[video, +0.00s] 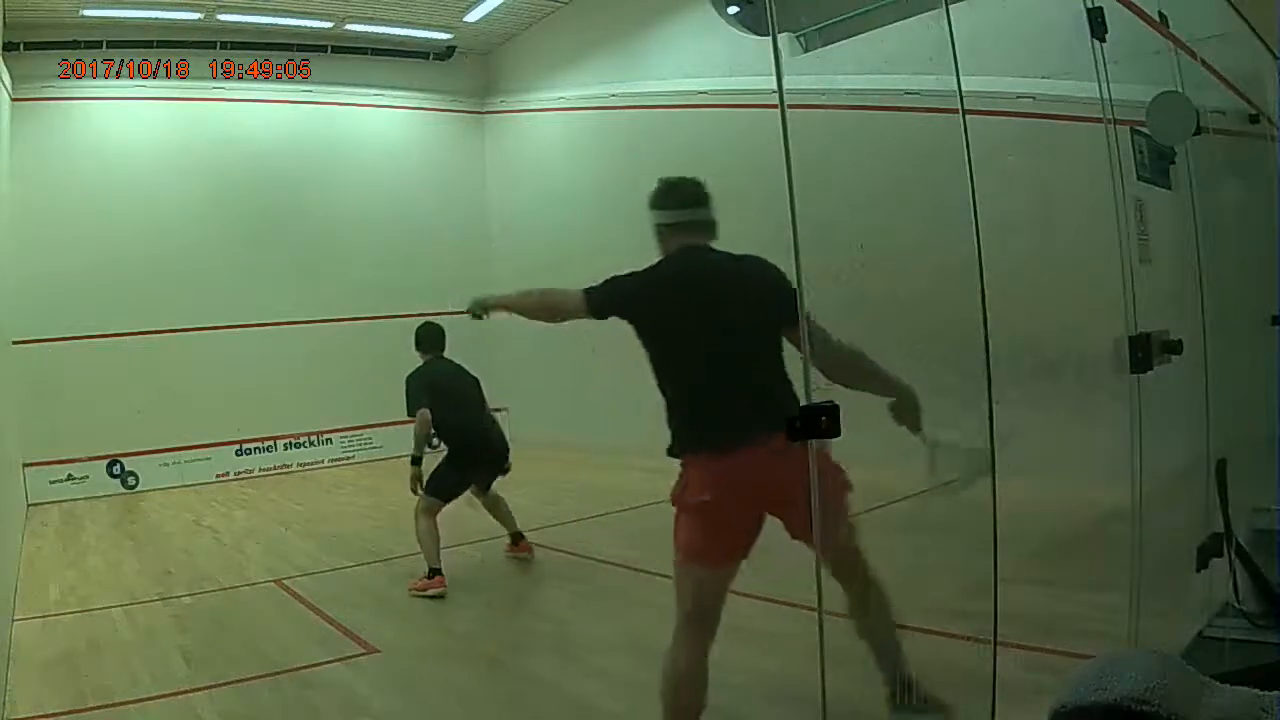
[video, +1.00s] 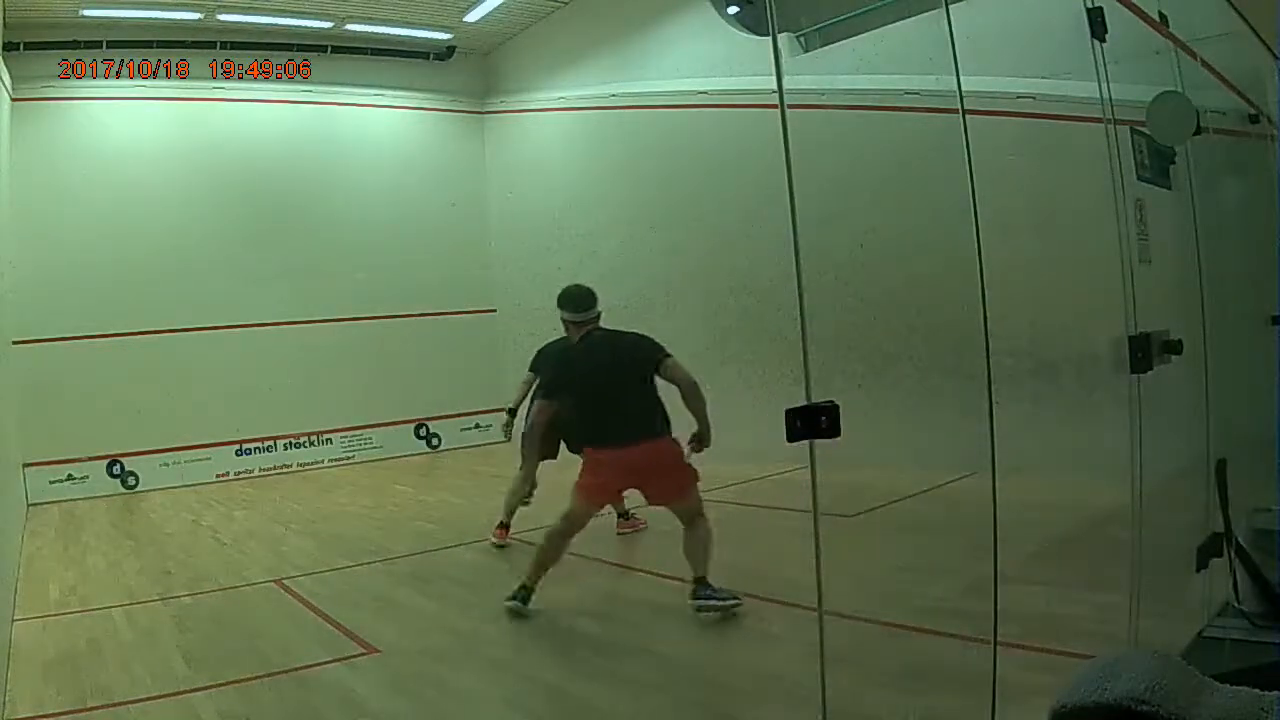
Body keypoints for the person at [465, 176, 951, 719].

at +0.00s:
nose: (673, 241)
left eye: (665, 232)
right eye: (684, 228)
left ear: (660, 232)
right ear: (711, 225)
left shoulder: (642, 289)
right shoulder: (758, 275)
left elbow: (552, 306)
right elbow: (828, 355)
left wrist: (497, 301)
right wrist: (897, 390)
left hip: (712, 475)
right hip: (792, 461)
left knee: (694, 627)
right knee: (854, 573)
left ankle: (680, 713)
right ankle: (901, 689)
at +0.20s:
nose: (824, 286)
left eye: (808, 275)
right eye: (832, 279)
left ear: (788, 276)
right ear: (840, 284)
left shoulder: (751, 325)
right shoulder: (860, 341)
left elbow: (654, 344)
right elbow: (923, 427)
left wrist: (556, 350)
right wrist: (983, 453)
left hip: (774, 512)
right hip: (855, 511)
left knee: (759, 614)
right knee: (932, 622)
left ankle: (729, 706)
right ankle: (942, 716)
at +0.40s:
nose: (784, 248)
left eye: (771, 241)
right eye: (796, 240)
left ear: (760, 240)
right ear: (809, 241)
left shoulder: (727, 292)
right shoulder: (834, 298)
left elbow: (663, 362)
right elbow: (873, 390)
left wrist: (600, 415)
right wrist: (917, 462)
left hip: (767, 458)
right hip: (842, 450)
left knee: (777, 567)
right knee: (885, 568)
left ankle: (850, 645)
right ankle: (935, 672)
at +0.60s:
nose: (729, 288)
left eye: (722, 280)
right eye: (748, 282)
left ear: (716, 282)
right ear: (762, 282)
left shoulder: (691, 340)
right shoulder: (792, 332)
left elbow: (648, 396)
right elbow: (831, 408)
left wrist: (650, 419)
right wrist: (868, 474)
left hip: (754, 482)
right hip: (813, 462)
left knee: (815, 597)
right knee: (818, 524)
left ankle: (888, 672)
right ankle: (864, 599)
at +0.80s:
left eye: (637, 297)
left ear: (635, 299)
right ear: (674, 294)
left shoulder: (625, 349)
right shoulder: (707, 331)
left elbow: (611, 423)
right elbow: (754, 387)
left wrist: (642, 449)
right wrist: (775, 434)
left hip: (675, 466)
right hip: (727, 448)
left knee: (703, 547)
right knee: (742, 525)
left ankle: (735, 575)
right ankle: (762, 615)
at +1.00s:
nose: (563, 325)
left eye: (563, 320)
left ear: (565, 321)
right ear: (598, 315)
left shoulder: (560, 362)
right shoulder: (636, 343)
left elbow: (535, 425)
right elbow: (687, 382)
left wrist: (528, 477)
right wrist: (703, 426)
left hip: (603, 462)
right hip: (658, 454)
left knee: (567, 526)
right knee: (694, 518)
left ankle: (526, 588)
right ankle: (702, 587)